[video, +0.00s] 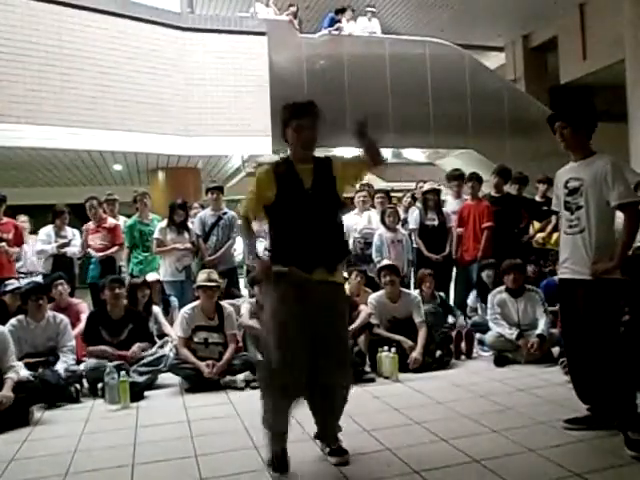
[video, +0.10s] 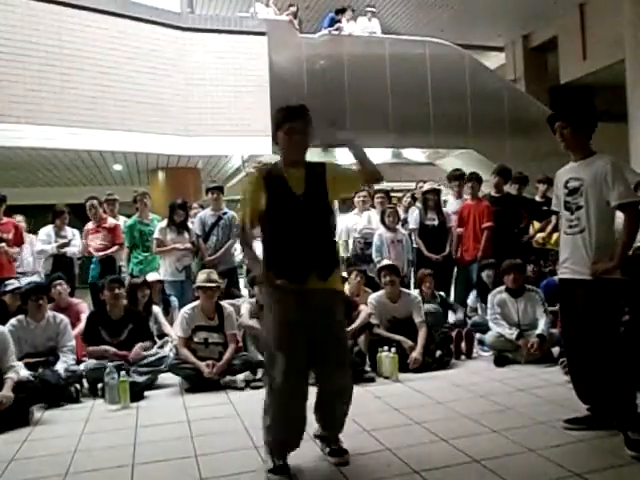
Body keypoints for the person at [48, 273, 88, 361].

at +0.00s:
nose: (60, 289)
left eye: (62, 285)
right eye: (56, 287)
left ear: (69, 289)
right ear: (51, 293)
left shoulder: (80, 305)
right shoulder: (49, 309)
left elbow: (83, 322)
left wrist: (71, 335)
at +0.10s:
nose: (58, 289)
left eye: (61, 285)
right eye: (54, 287)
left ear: (68, 289)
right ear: (51, 293)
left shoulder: (80, 305)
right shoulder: (49, 309)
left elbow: (83, 322)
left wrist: (71, 335)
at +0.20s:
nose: (57, 290)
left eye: (60, 286)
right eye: (54, 288)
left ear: (68, 288)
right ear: (50, 294)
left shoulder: (79, 305)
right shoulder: (48, 309)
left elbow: (84, 322)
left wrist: (71, 336)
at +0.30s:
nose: (57, 293)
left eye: (59, 288)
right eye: (53, 290)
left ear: (67, 288)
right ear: (50, 294)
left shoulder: (79, 305)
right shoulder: (49, 309)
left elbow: (85, 322)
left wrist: (71, 336)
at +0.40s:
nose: (56, 293)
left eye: (58, 288)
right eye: (52, 290)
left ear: (67, 288)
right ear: (50, 295)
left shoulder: (79, 305)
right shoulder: (48, 310)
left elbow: (85, 321)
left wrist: (71, 336)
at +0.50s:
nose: (57, 293)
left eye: (59, 288)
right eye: (53, 290)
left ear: (67, 288)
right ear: (50, 294)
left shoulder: (79, 305)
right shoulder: (48, 310)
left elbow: (85, 321)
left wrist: (71, 335)